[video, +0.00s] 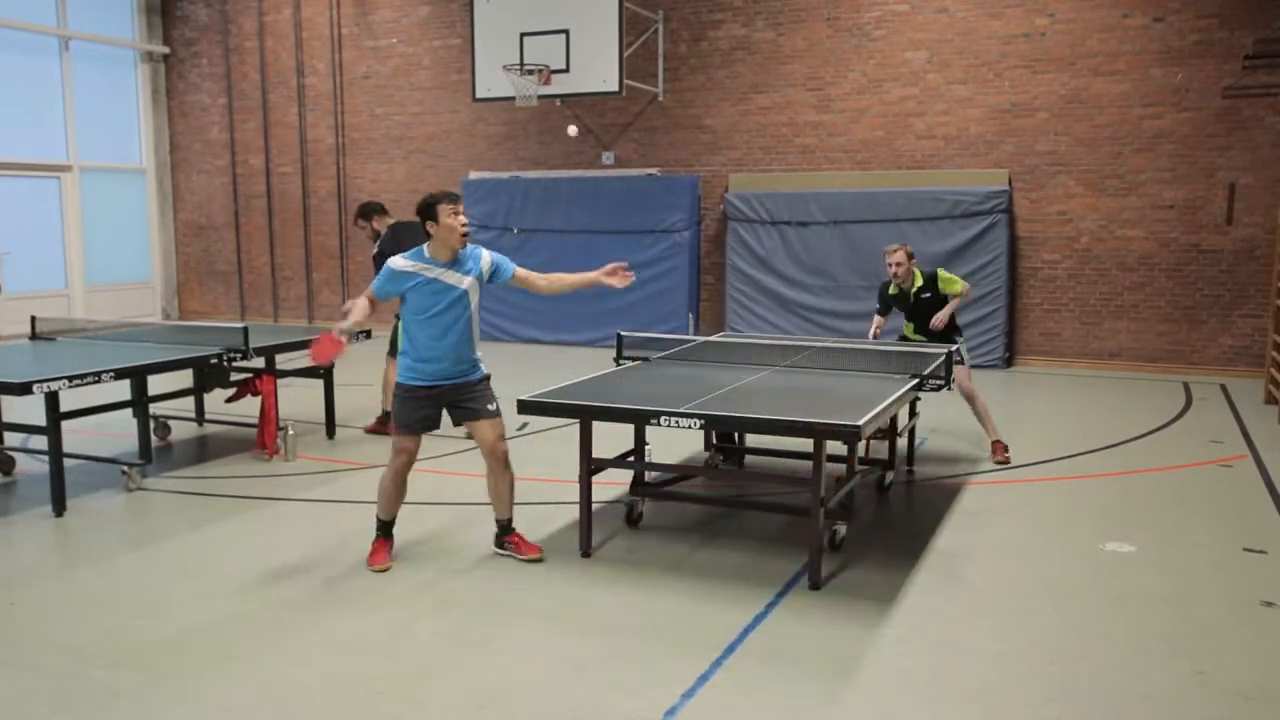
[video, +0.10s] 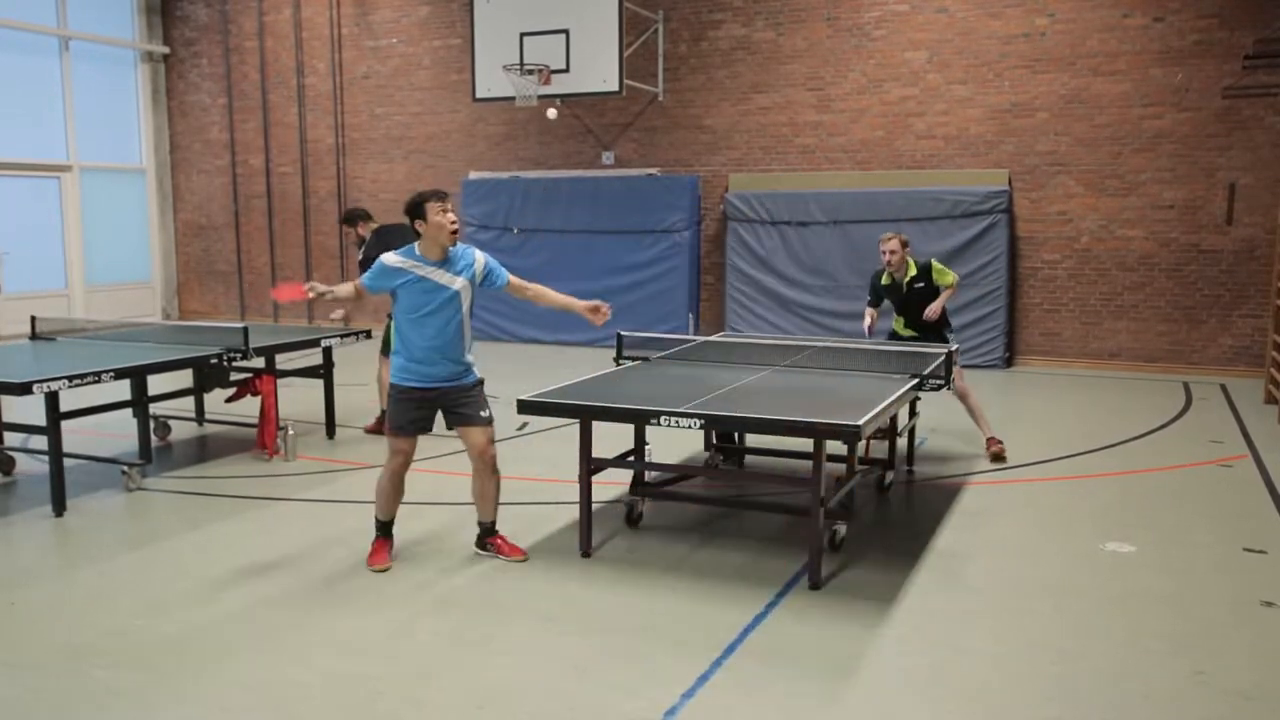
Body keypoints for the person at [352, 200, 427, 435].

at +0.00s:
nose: (366, 234)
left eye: (364, 227)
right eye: (362, 229)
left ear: (375, 220)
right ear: (385, 216)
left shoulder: (382, 249)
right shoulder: (421, 227)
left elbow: (380, 288)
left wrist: (358, 303)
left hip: (410, 312)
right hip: (444, 307)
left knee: (394, 362)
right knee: (452, 360)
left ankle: (388, 414)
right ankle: (472, 414)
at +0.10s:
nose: (352, 237)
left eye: (351, 232)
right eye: (350, 233)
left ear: (361, 226)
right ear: (372, 220)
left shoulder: (370, 250)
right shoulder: (407, 230)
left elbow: (362, 287)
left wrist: (346, 311)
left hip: (403, 310)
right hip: (433, 307)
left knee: (386, 361)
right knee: (424, 361)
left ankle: (386, 413)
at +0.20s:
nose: (341, 245)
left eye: (339, 239)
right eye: (338, 240)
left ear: (350, 231)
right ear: (358, 226)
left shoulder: (364, 245)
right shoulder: (398, 232)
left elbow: (357, 292)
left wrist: (338, 317)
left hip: (398, 310)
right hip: (425, 305)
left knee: (382, 358)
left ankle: (385, 416)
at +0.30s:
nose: (331, 247)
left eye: (331, 240)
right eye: (328, 242)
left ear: (343, 233)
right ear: (350, 230)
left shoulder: (359, 245)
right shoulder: (387, 235)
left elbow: (351, 301)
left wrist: (334, 321)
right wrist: (377, 301)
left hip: (395, 310)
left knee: (380, 358)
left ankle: (383, 419)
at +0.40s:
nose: (326, 248)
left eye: (326, 242)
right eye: (324, 244)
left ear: (338, 234)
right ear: (344, 232)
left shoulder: (355, 245)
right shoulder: (375, 237)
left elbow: (349, 299)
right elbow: (385, 278)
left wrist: (331, 322)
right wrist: (357, 303)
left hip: (394, 309)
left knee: (379, 359)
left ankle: (383, 418)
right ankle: (390, 418)